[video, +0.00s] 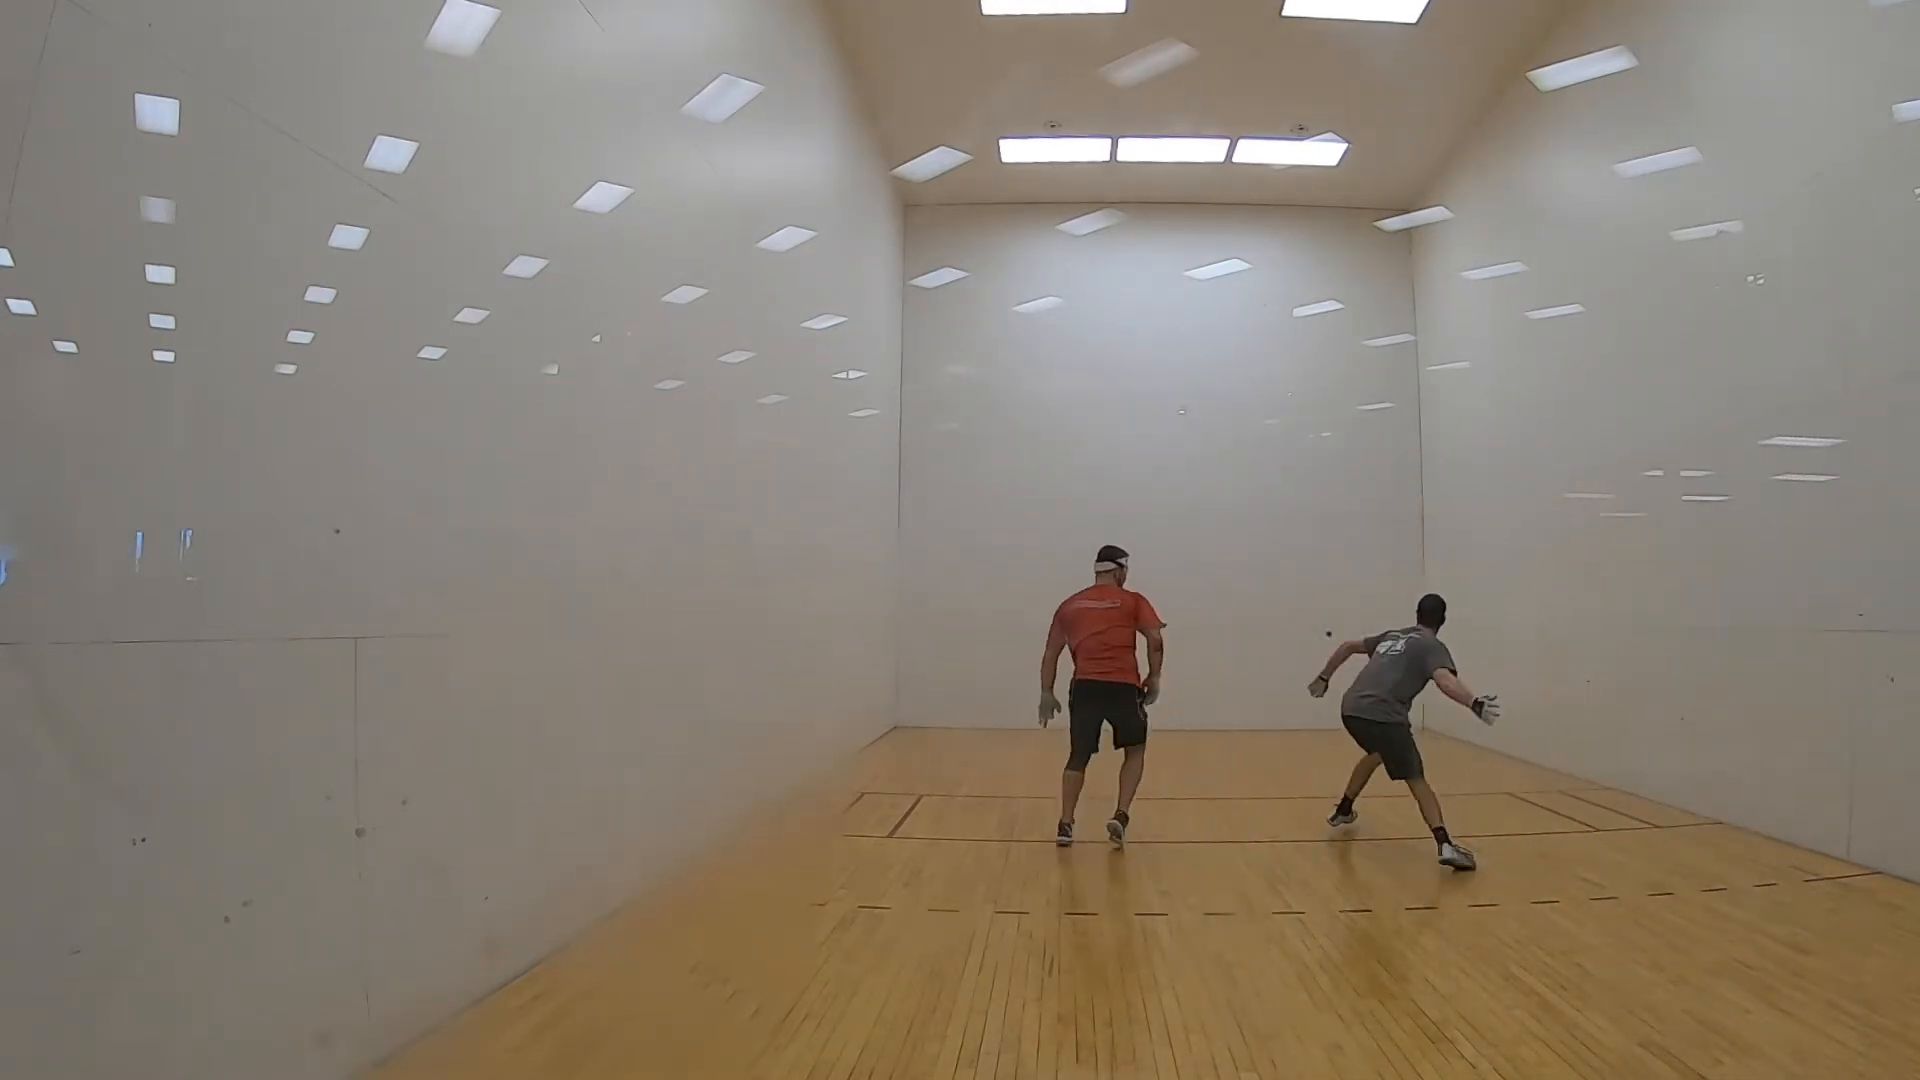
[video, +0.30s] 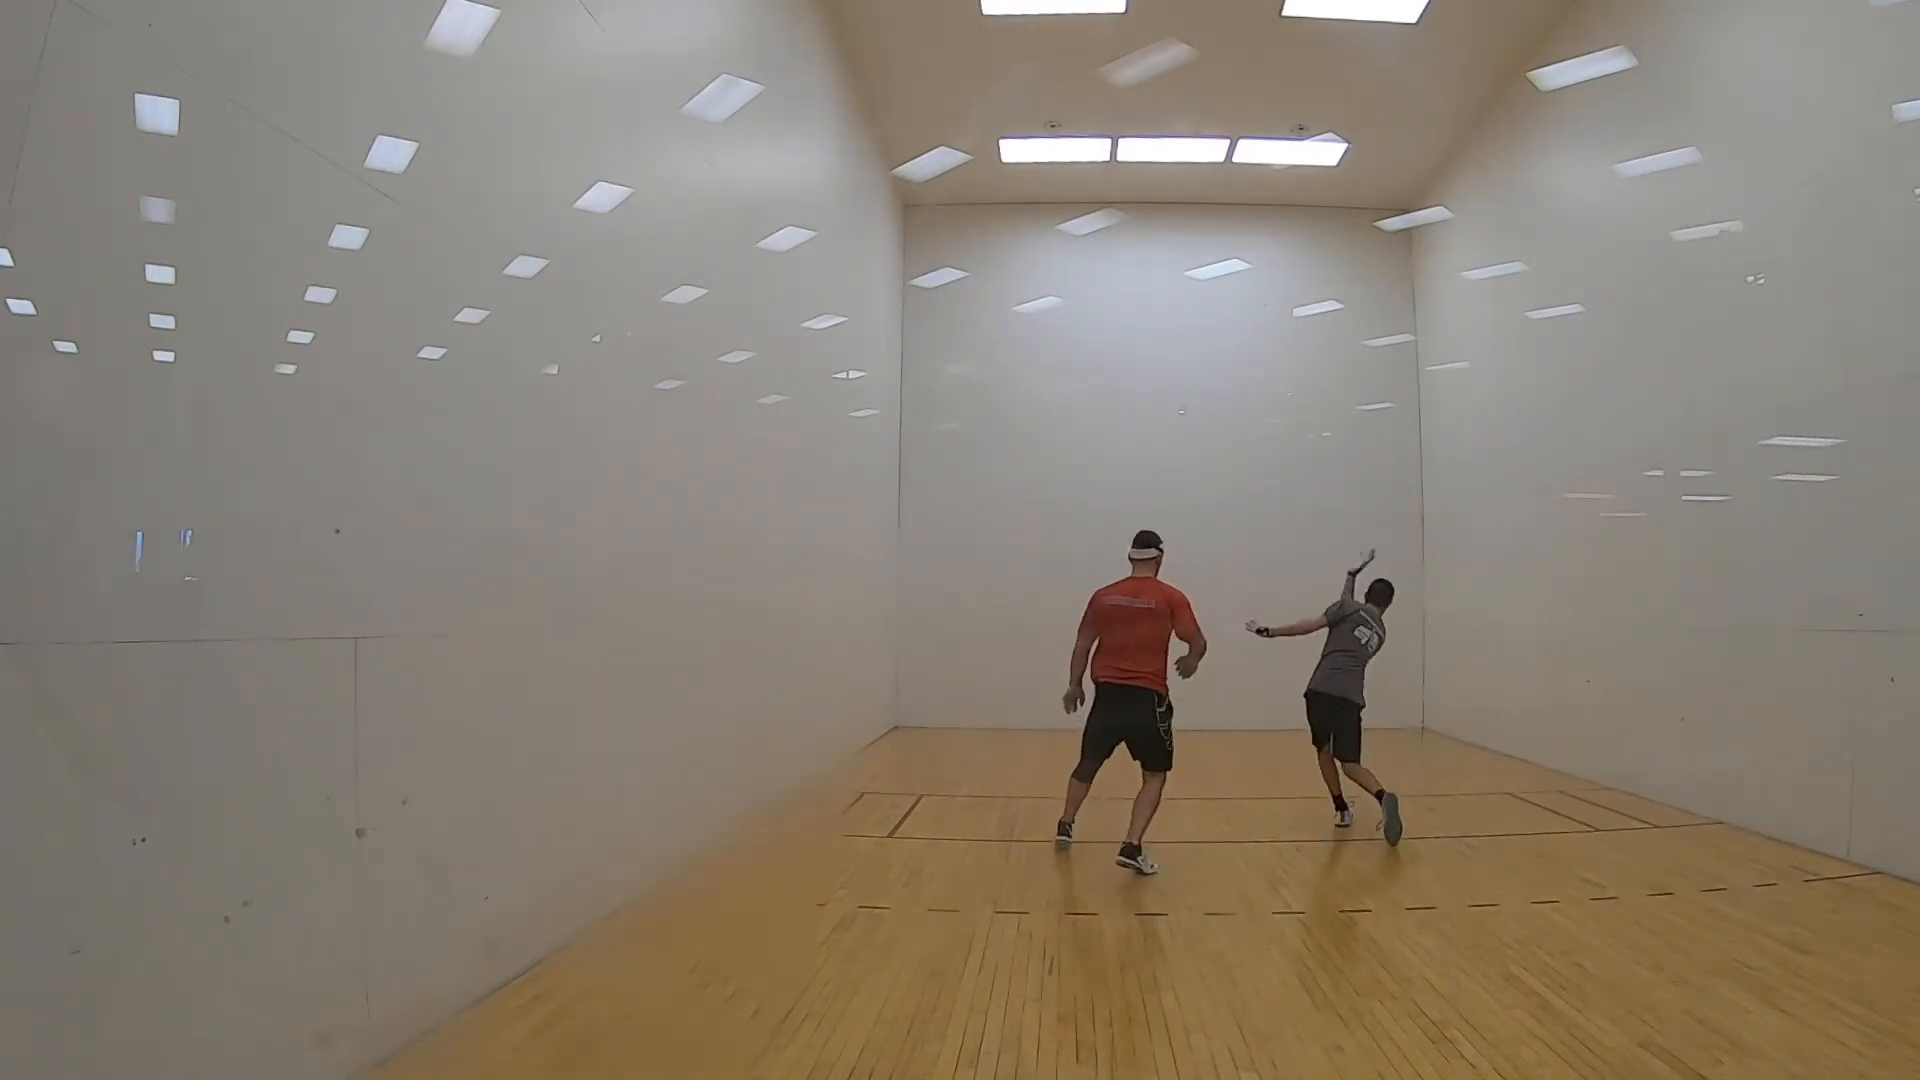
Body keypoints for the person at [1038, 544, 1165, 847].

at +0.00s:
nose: (1127, 576)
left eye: (1126, 572)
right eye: (1126, 572)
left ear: (1096, 572)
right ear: (1121, 573)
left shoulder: (1069, 605)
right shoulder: (1133, 601)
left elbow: (1051, 653)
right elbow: (1155, 639)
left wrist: (1046, 692)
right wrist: (1154, 676)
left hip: (1084, 691)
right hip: (1123, 692)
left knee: (1078, 757)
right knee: (1134, 751)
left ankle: (1066, 823)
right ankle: (1121, 815)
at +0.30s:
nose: (1158, 563)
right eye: (1161, 558)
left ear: (1129, 559)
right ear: (1160, 558)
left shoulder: (1103, 596)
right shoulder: (1171, 597)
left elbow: (1082, 644)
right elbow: (1198, 641)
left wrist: (1074, 684)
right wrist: (1192, 659)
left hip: (1107, 699)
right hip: (1148, 702)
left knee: (1088, 763)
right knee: (1154, 775)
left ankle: (1066, 823)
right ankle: (1132, 846)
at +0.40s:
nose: (1167, 552)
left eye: (1156, 546)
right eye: (1174, 546)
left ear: (1148, 547)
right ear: (1180, 548)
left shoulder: (1125, 586)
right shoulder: (1194, 587)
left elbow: (1100, 632)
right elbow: (1224, 627)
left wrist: (1091, 675)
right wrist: (1220, 640)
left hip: (1127, 687)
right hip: (1167, 692)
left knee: (1112, 762)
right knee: (1155, 774)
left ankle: (1091, 830)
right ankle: (1135, 847)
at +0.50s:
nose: (1191, 551)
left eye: (1180, 544)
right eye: (1197, 545)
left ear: (1169, 545)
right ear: (1201, 546)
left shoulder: (1143, 582)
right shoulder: (1213, 583)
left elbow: (1118, 629)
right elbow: (1240, 624)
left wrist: (1118, 674)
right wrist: (1235, 648)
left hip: (1146, 684)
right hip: (1188, 688)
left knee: (1140, 762)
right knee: (1187, 769)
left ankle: (1115, 835)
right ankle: (1160, 848)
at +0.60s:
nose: (1218, 567)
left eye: (1209, 560)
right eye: (1222, 563)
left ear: (1191, 561)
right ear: (1223, 564)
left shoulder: (1164, 599)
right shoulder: (1233, 601)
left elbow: (1137, 650)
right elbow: (1249, 649)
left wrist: (1144, 695)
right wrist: (1252, 687)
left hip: (1166, 704)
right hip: (1211, 707)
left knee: (1155, 783)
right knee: (1231, 782)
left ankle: (1127, 857)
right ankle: (1206, 859)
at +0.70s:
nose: (1251, 580)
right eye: (1256, 576)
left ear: (1227, 575)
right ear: (1259, 578)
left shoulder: (1199, 612)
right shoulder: (1263, 617)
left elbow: (1181, 659)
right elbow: (1276, 668)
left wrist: (1193, 704)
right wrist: (1288, 717)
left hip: (1189, 723)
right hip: (1235, 727)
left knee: (1162, 797)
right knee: (1278, 792)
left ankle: (1128, 868)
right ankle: (1267, 868)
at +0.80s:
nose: (1314, 575)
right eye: (1317, 570)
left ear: (1285, 567)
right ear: (1319, 571)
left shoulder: (1256, 605)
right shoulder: (1314, 610)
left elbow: (1242, 657)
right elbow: (1323, 658)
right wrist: (1346, 706)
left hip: (1236, 716)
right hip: (1278, 722)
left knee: (1201, 790)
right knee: (1322, 798)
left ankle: (1144, 853)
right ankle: (1276, 876)